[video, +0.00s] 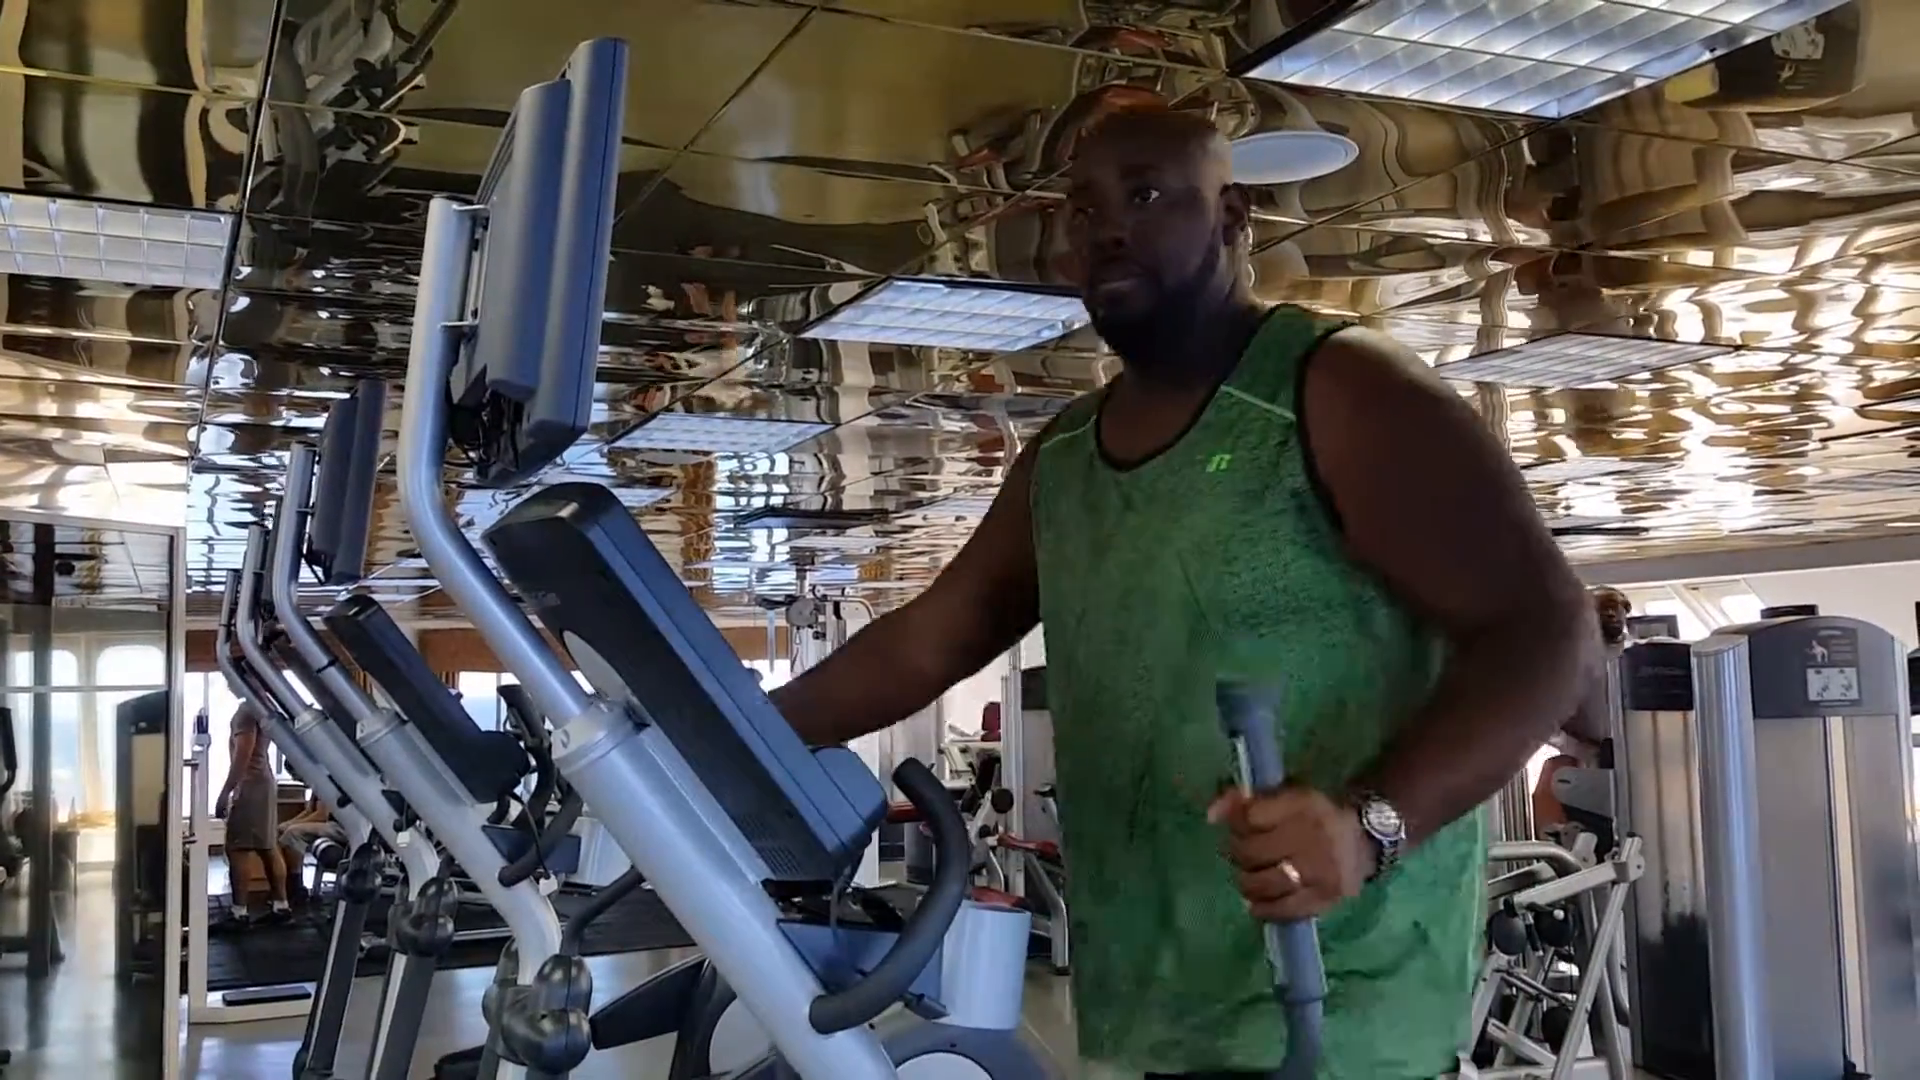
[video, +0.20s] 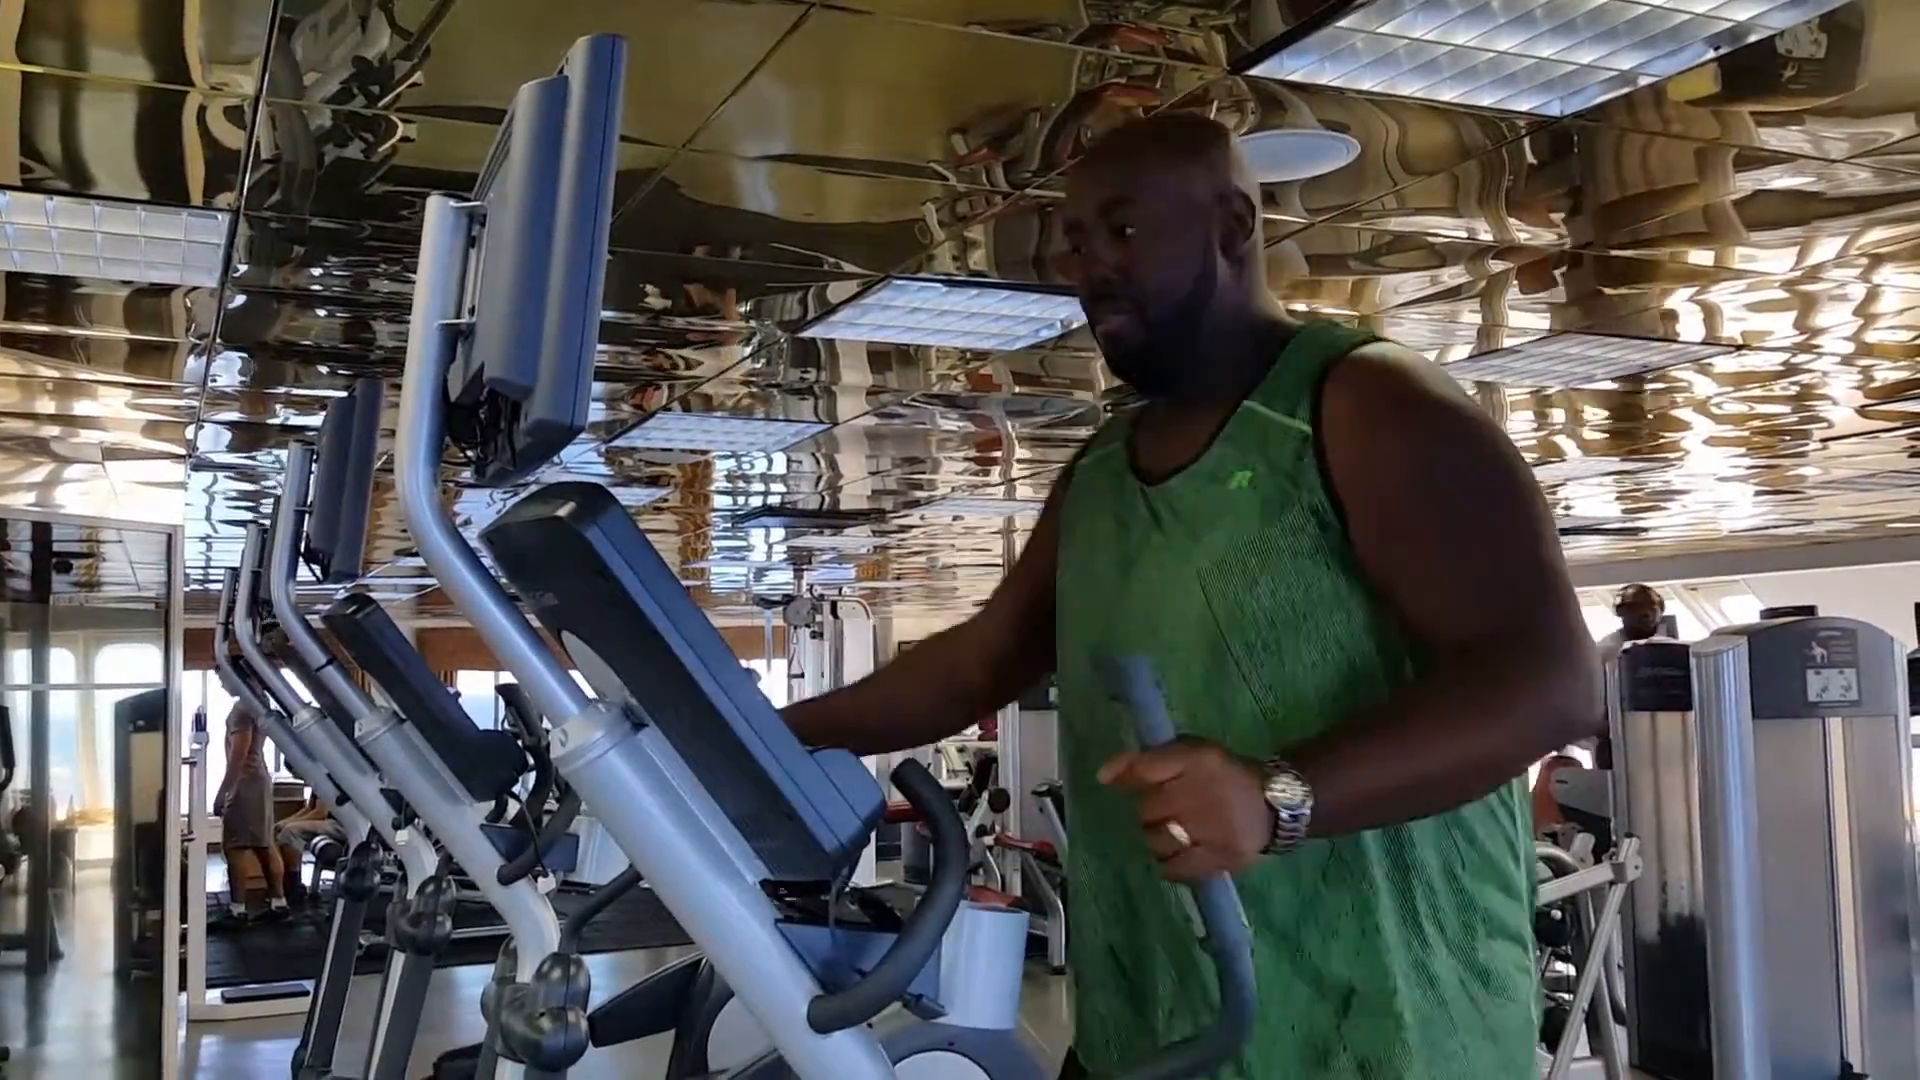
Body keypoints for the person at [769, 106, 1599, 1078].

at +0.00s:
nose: (1103, 229)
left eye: (1143, 192)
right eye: (1080, 204)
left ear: (1232, 216)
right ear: (1064, 242)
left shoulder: (1340, 392)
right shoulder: (1060, 461)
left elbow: (1548, 631)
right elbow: (936, 633)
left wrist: (1372, 826)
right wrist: (744, 738)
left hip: (1347, 1003)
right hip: (1131, 1000)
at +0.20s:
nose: (1079, 266)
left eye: (1117, 227)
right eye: (1066, 237)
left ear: (1234, 229)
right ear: (1054, 255)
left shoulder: (1376, 411)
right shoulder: (1100, 474)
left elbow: (1549, 681)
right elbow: (979, 663)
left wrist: (1282, 797)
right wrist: (768, 739)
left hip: (1387, 1033)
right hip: (1151, 1029)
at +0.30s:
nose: (1097, 309)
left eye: (1127, 271)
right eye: (1088, 282)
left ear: (1241, 273)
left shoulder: (1389, 460)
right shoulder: (1128, 503)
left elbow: (1488, 754)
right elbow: (1049, 699)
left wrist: (1197, 784)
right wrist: (846, 744)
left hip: (1395, 1047)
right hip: (1154, 1042)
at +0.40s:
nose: (1097, 321)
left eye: (1131, 283)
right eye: (1092, 289)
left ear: (1243, 284)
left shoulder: (1383, 460)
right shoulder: (1146, 499)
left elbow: (1409, 755)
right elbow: (1158, 735)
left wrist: (1113, 773)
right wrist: (961, 765)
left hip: (1394, 1039)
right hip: (1184, 1033)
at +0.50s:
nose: (1075, 289)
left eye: (1110, 259)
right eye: (1070, 263)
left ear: (1224, 265)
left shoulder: (1352, 426)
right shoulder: (1148, 467)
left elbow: (1344, 701)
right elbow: (1191, 715)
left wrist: (1046, 771)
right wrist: (1036, 756)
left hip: (1378, 1027)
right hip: (1196, 1013)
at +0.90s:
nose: (1045, 307)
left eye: (1077, 268)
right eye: (1039, 280)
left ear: (1188, 276)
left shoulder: (1316, 426)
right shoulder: (1087, 485)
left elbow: (1405, 691)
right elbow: (1056, 708)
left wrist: (1151, 770)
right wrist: (883, 753)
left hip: (1338, 1013)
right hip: (1150, 1009)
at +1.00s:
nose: (1048, 330)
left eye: (1079, 291)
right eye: (1042, 300)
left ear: (1191, 294)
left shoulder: (1337, 453)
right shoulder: (1081, 512)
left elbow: (1485, 715)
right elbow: (1003, 720)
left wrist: (1256, 798)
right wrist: (812, 747)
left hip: (1345, 1017)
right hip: (1153, 1015)